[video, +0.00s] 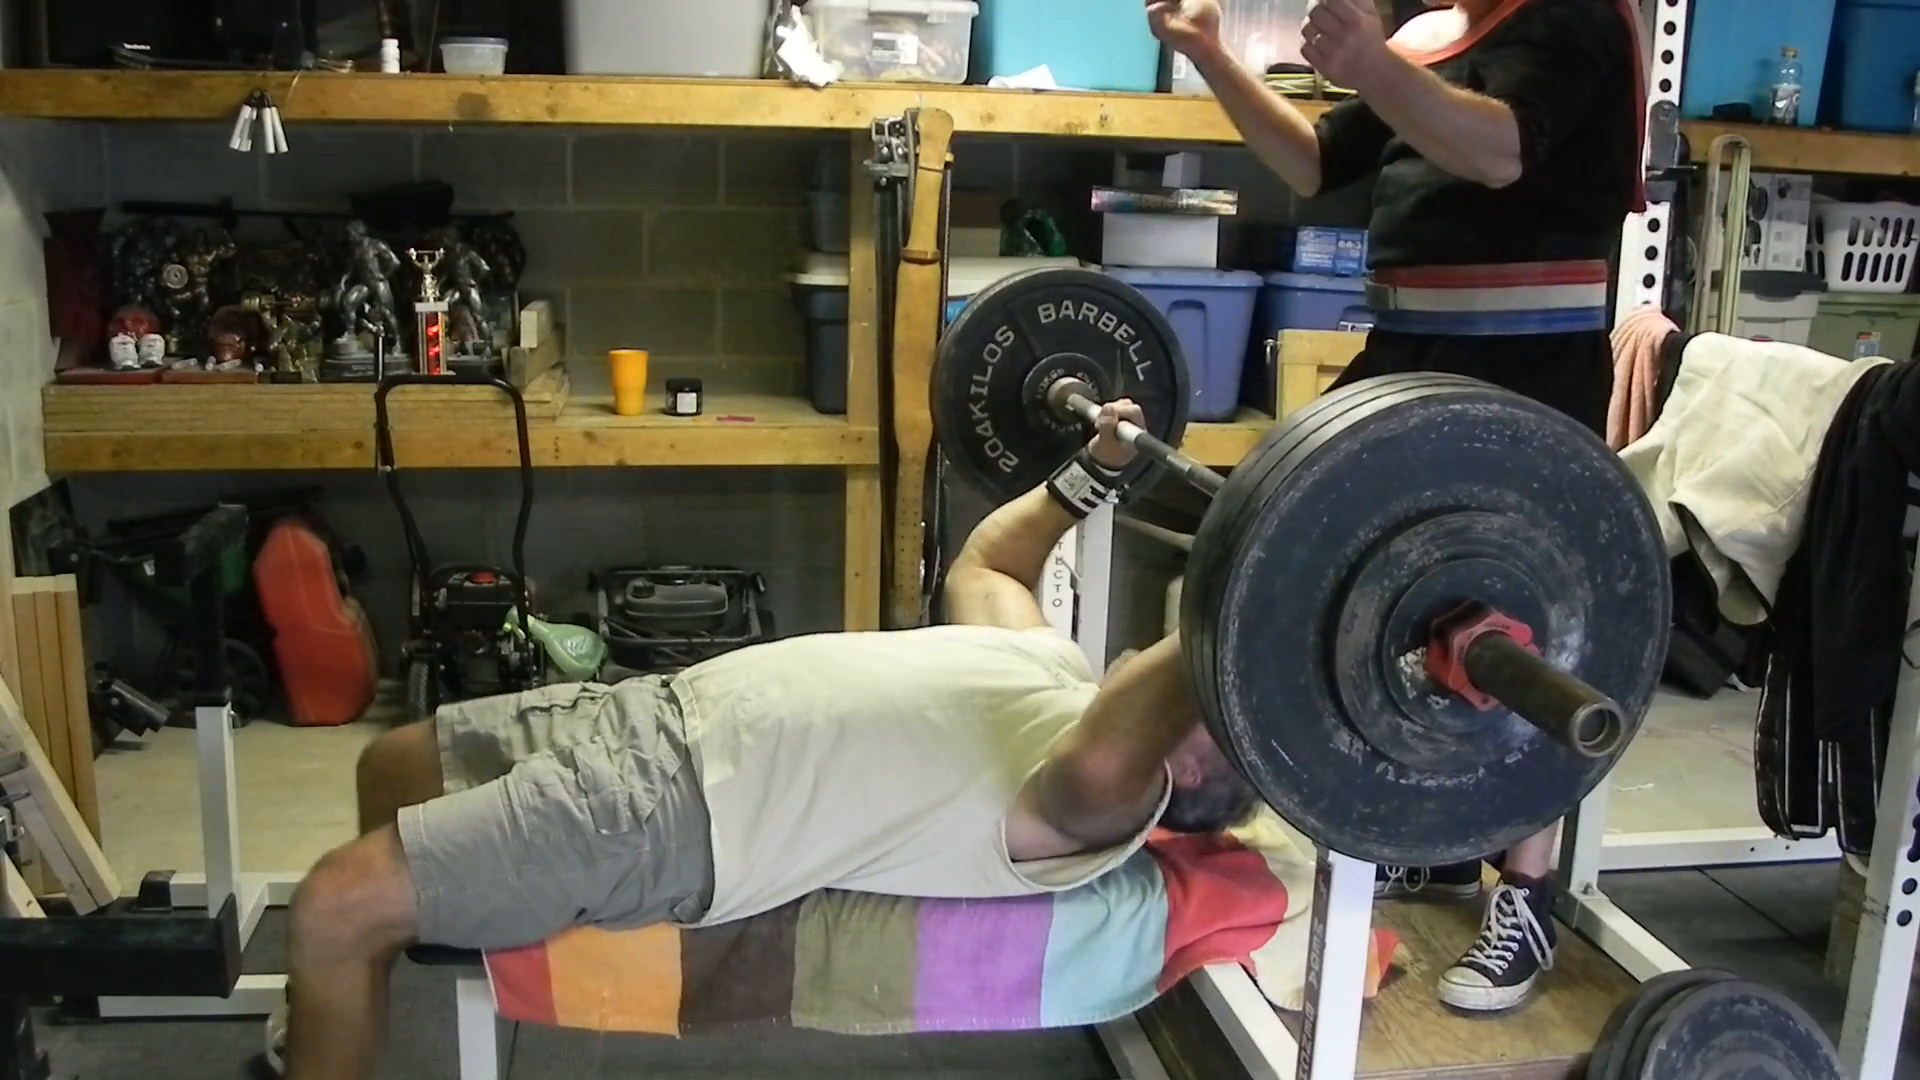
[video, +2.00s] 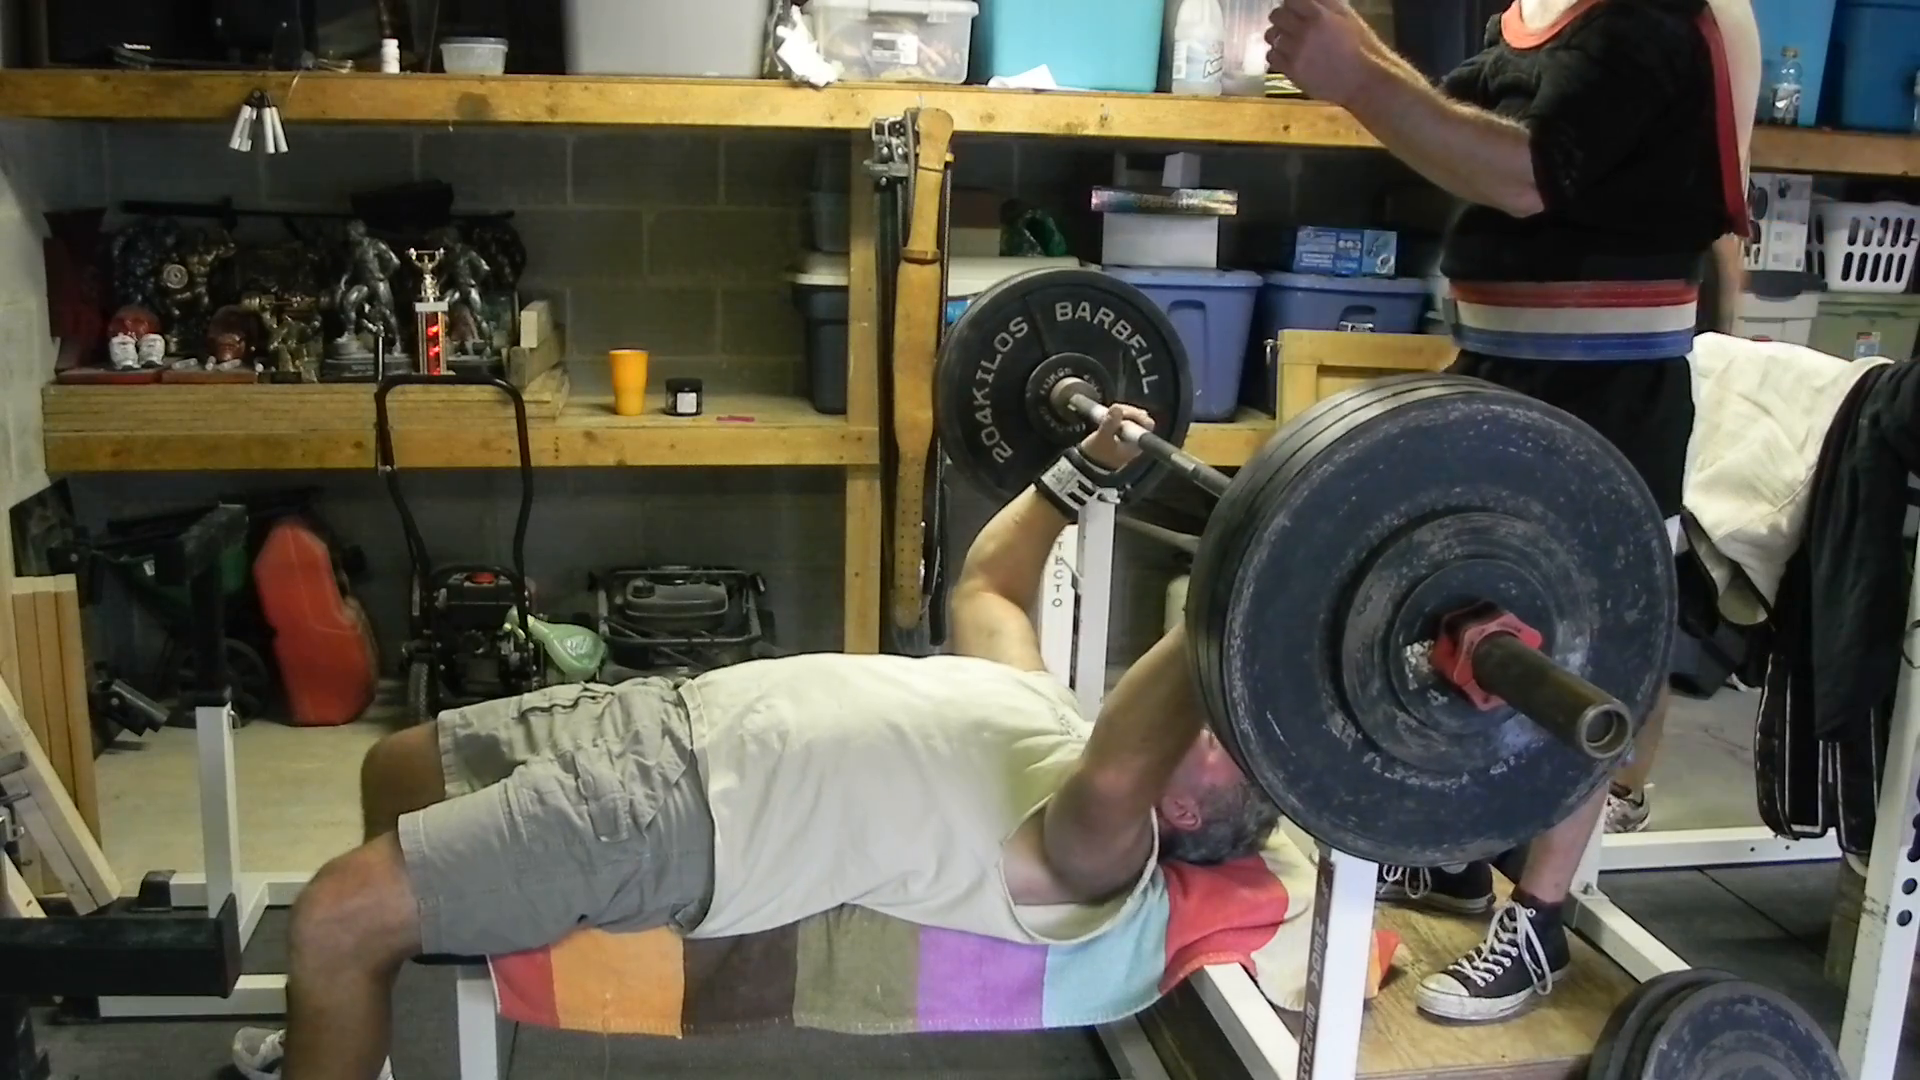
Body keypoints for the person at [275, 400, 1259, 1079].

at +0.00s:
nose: (1182, 695)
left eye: (1208, 712)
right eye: (1199, 689)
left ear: (1208, 766)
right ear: (1174, 669)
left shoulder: (1092, 809)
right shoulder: (1047, 670)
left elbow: (1112, 741)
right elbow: (991, 563)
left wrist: (1248, 609)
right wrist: (1088, 473)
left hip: (673, 814)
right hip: (649, 706)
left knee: (338, 903)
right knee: (391, 766)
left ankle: (319, 1064)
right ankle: (368, 985)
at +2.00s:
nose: (1191, 733)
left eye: (1223, 747)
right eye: (1209, 719)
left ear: (1215, 809)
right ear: (1182, 729)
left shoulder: (1089, 863)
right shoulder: (1029, 718)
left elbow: (1127, 759)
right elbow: (998, 584)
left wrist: (1234, 603)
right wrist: (1075, 471)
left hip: (672, 822)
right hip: (656, 714)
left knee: (340, 914)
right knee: (396, 769)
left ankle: (320, 1068)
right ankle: (434, 986)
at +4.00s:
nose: (1187, 733)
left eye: (1221, 750)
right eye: (1207, 723)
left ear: (1214, 816)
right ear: (1183, 730)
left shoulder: (1079, 872)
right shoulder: (1033, 715)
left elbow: (1122, 769)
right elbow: (1006, 579)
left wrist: (1244, 620)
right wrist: (1104, 467)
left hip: (654, 814)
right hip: (637, 711)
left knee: (313, 913)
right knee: (383, 766)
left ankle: (330, 1061)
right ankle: (379, 1007)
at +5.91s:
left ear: (1193, 876)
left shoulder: (1088, 876)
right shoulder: (1047, 728)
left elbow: (1143, 770)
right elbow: (1012, 589)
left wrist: (1268, 601)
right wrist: (1099, 476)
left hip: (666, 814)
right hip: (655, 713)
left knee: (323, 915)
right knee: (389, 761)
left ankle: (339, 1051)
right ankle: (386, 978)